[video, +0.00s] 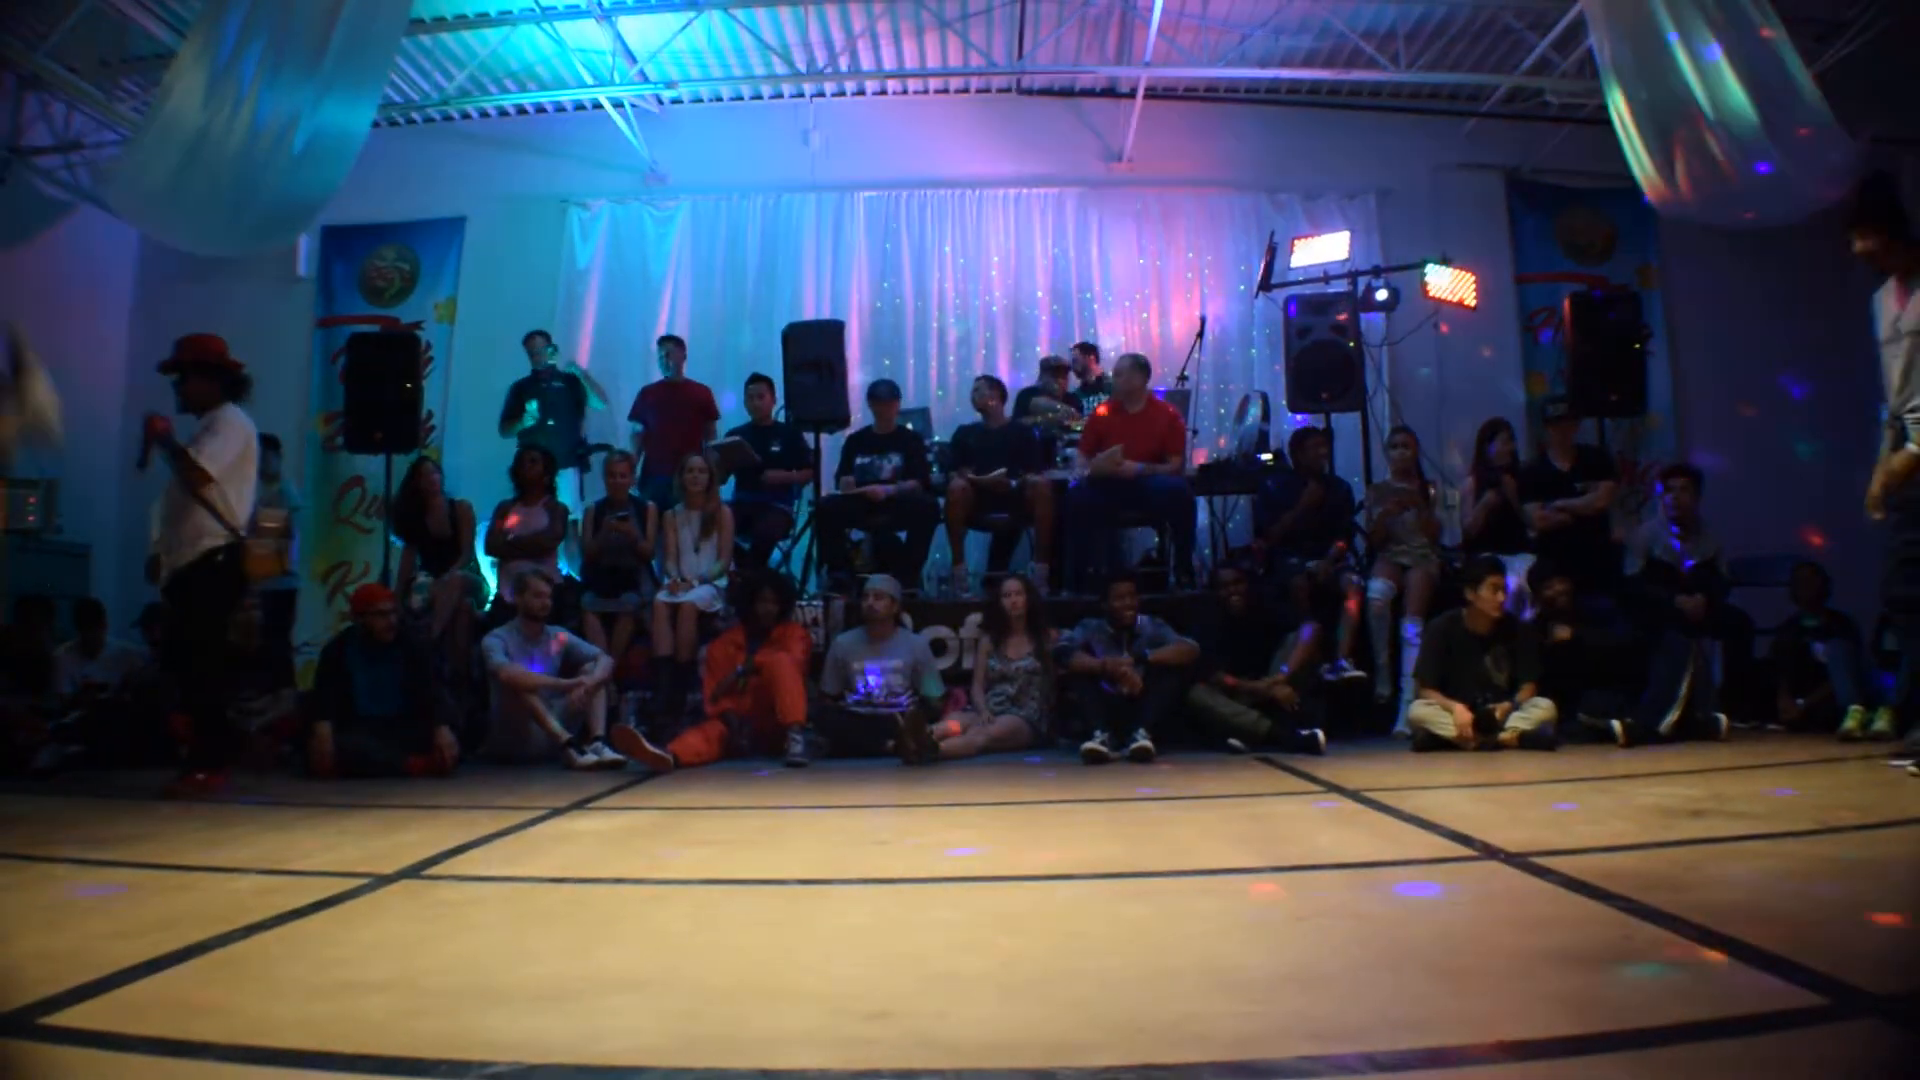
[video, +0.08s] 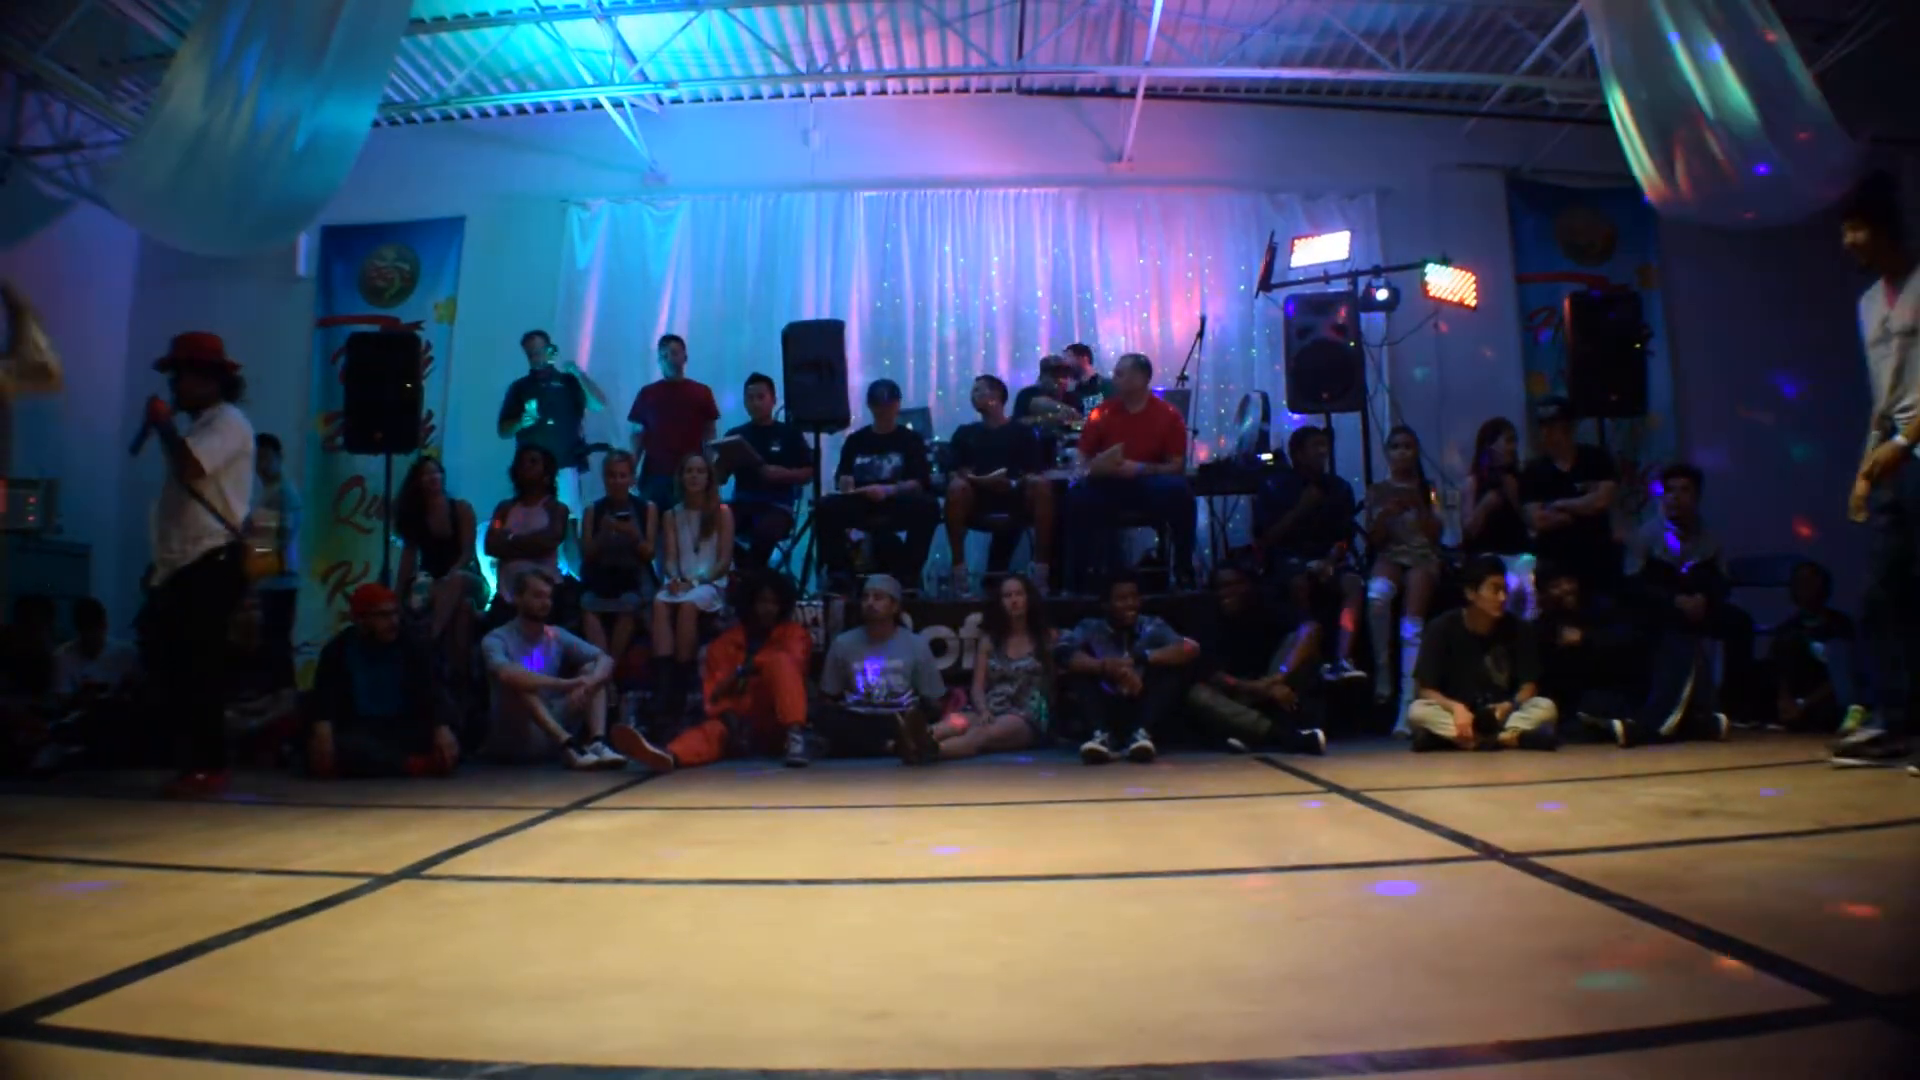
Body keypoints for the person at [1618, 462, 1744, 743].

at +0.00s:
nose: (1675, 499)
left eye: (1683, 491)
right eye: (1669, 491)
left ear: (1696, 498)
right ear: (1661, 497)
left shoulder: (1708, 539)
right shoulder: (1646, 537)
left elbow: (1720, 582)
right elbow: (1635, 584)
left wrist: (1704, 602)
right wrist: (1674, 602)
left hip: (1698, 613)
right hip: (1658, 610)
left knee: (1739, 624)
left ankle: (1736, 710)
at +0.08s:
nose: (1674, 498)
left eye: (1683, 491)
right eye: (1669, 491)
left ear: (1695, 497)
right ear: (1662, 497)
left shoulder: (1708, 540)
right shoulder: (1646, 536)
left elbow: (1720, 583)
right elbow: (1636, 582)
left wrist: (1703, 601)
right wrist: (1674, 600)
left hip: (1698, 611)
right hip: (1658, 609)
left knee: (1740, 623)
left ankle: (1735, 708)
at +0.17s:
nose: (1674, 498)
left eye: (1683, 491)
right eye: (1669, 491)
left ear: (1696, 497)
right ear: (1662, 496)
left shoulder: (1708, 538)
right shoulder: (1647, 536)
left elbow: (1720, 582)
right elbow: (1636, 581)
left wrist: (1703, 601)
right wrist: (1674, 600)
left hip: (1697, 611)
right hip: (1657, 610)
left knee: (1739, 622)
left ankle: (1735, 708)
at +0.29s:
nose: (1676, 498)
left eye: (1684, 491)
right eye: (1670, 491)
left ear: (1696, 497)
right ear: (1662, 496)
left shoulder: (1707, 539)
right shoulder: (1646, 537)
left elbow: (1721, 582)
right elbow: (1637, 583)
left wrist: (1704, 600)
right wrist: (1674, 600)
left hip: (1699, 610)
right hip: (1659, 610)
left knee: (1740, 622)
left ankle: (1737, 707)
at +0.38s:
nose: (1676, 498)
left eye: (1684, 491)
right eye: (1670, 491)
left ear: (1696, 497)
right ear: (1662, 496)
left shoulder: (1707, 539)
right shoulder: (1647, 537)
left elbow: (1722, 583)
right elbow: (1638, 583)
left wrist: (1704, 600)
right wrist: (1674, 601)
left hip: (1700, 611)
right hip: (1659, 612)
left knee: (1740, 622)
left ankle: (1735, 707)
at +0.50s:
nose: (1677, 498)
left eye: (1685, 491)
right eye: (1671, 491)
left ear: (1697, 497)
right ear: (1663, 496)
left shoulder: (1710, 538)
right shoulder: (1647, 538)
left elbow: (1721, 582)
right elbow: (1640, 585)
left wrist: (1705, 600)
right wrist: (1674, 600)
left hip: (1701, 610)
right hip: (1661, 611)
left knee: (1740, 623)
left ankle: (1733, 705)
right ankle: (1665, 708)